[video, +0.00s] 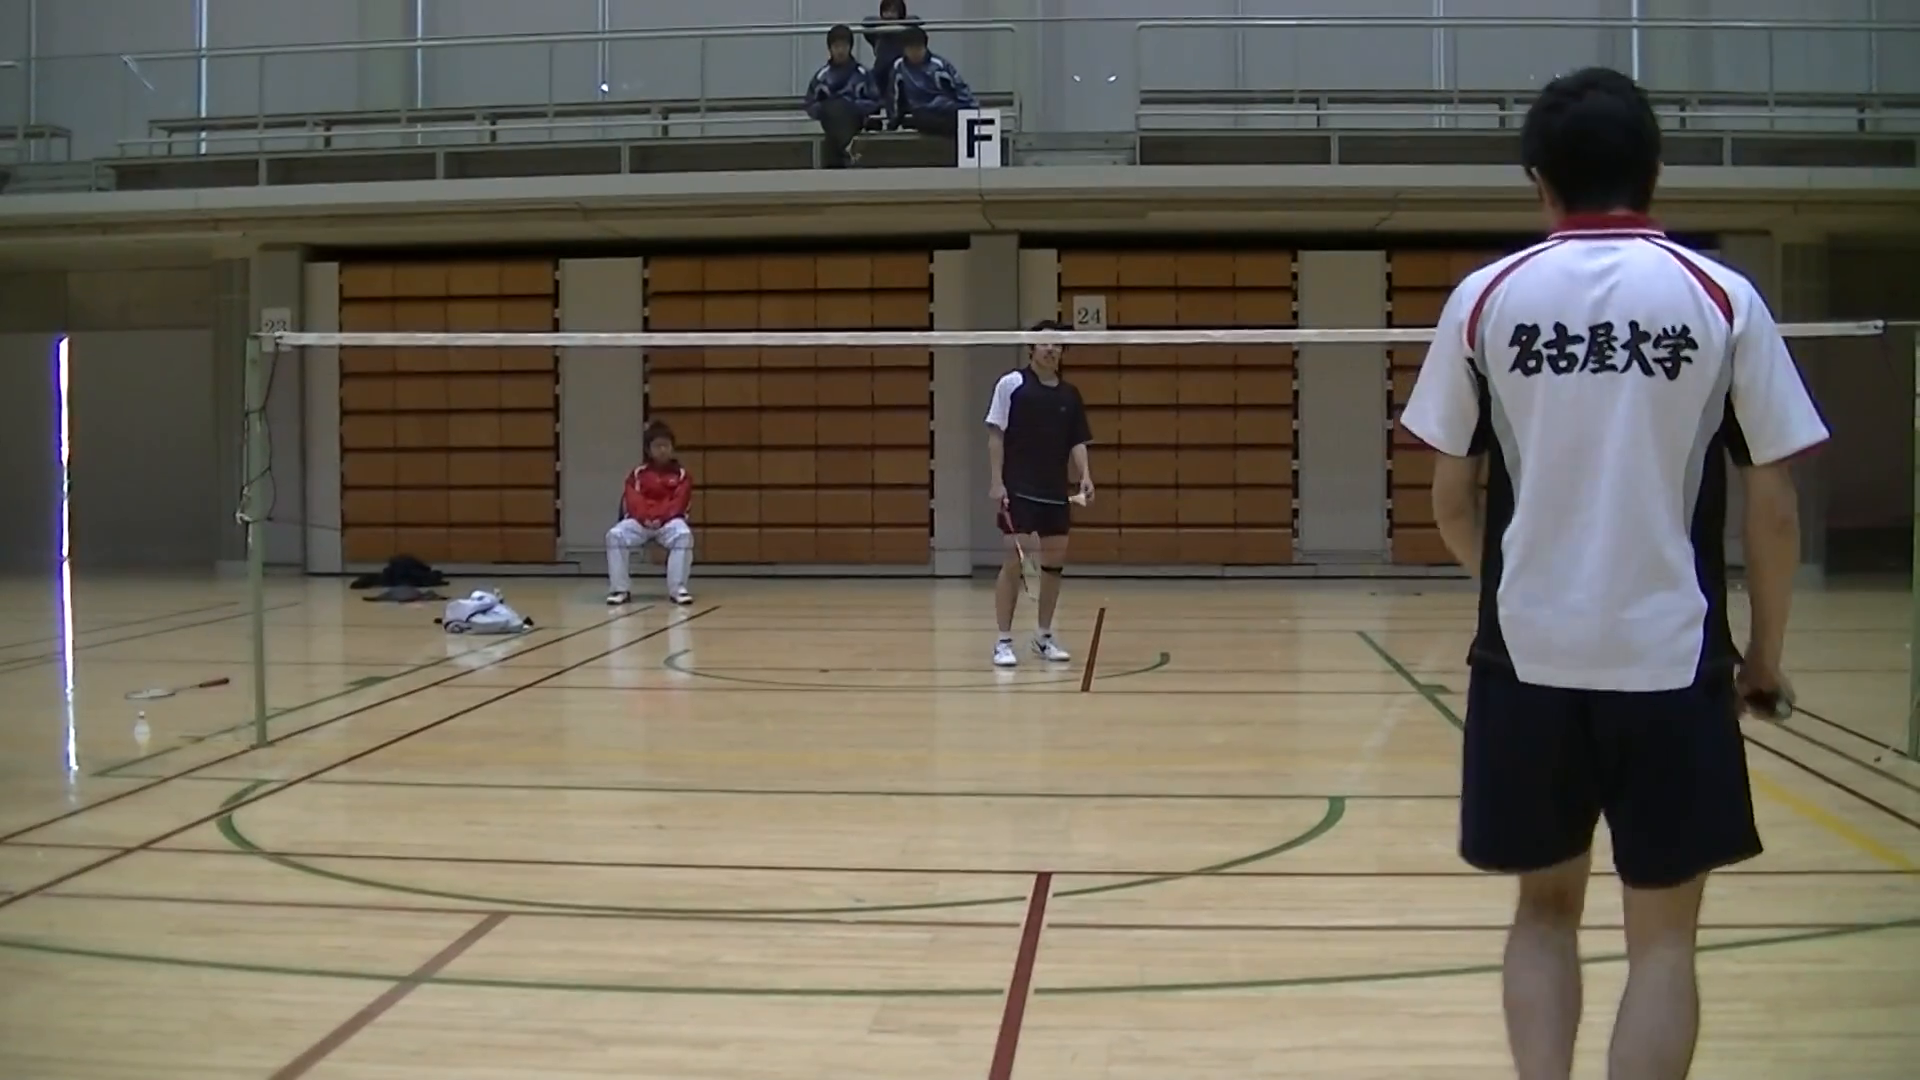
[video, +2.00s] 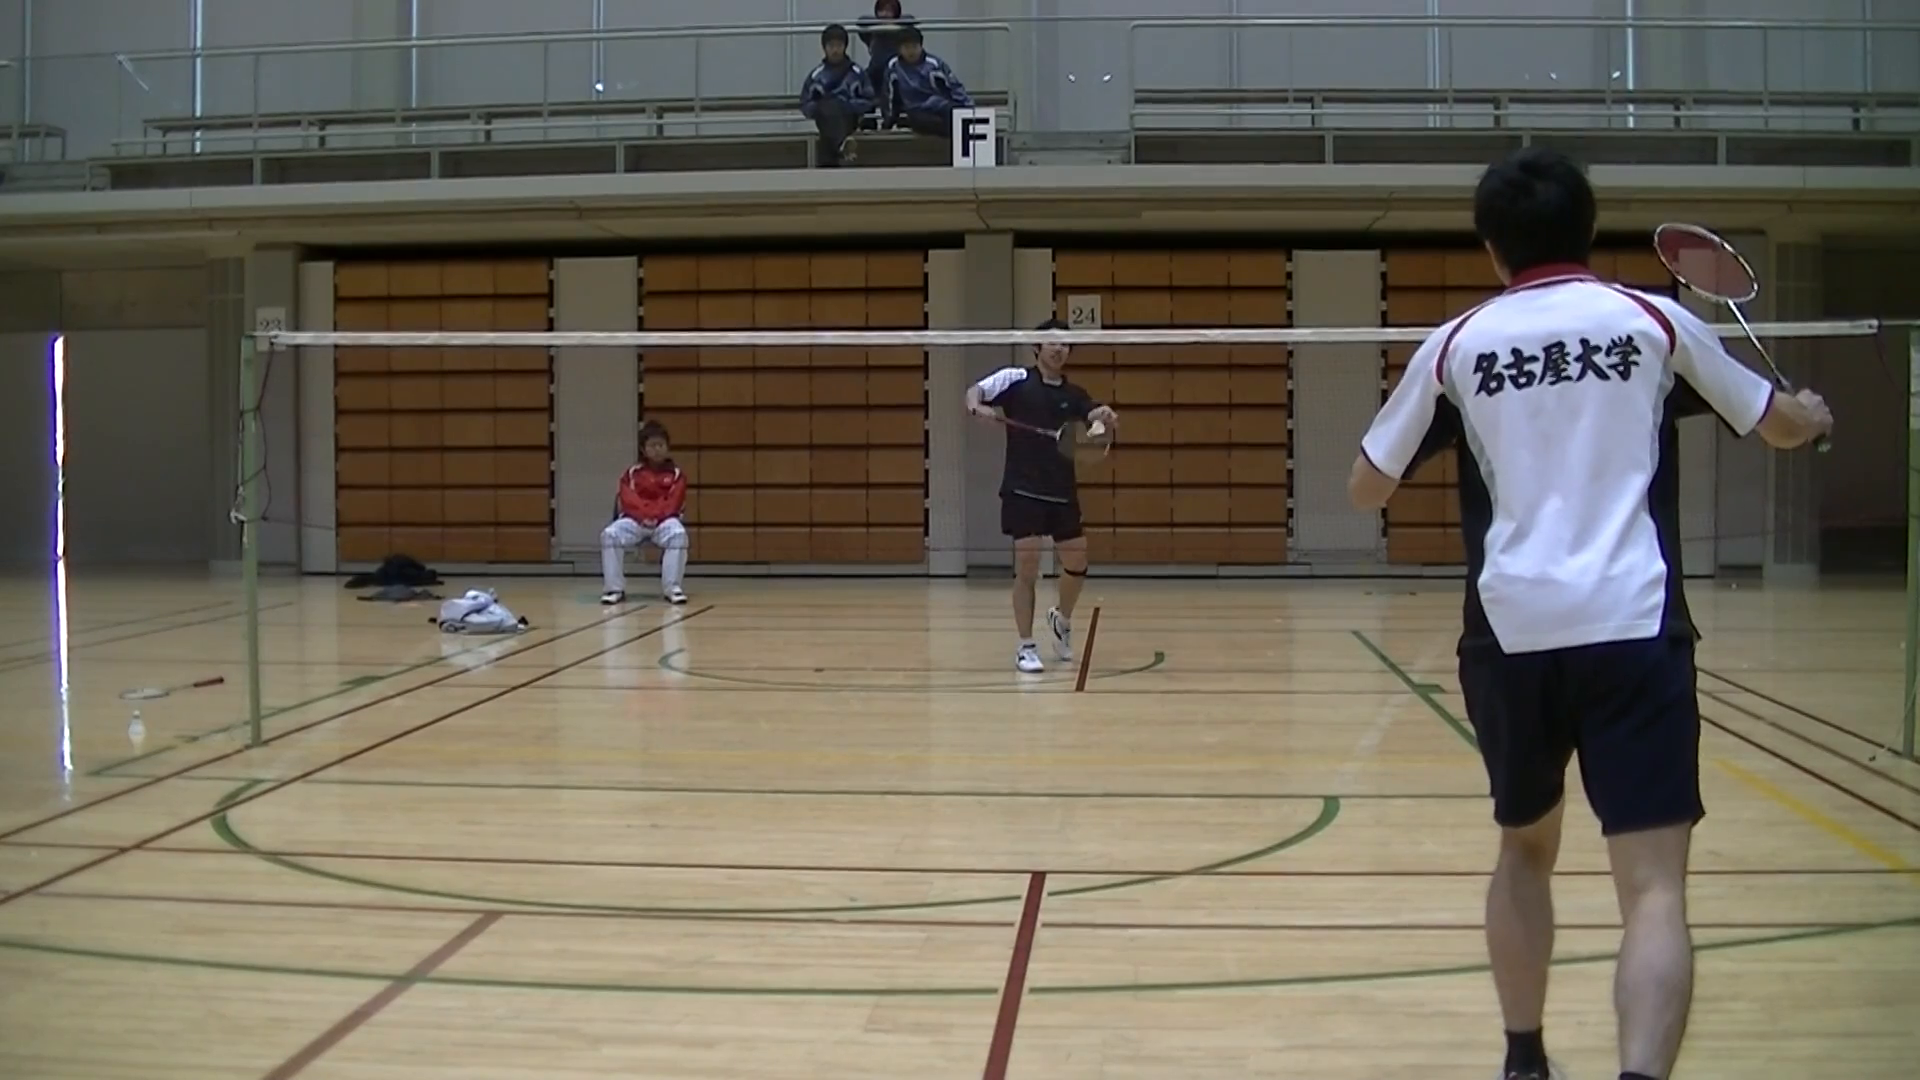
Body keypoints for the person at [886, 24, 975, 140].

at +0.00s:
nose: (915, 54)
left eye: (918, 49)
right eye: (911, 50)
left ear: (925, 48)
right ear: (904, 50)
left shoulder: (940, 65)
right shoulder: (899, 68)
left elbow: (959, 87)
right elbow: (895, 97)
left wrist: (971, 108)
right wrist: (893, 122)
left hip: (950, 111)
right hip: (921, 114)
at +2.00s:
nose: (911, 52)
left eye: (914, 47)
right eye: (906, 47)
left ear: (921, 47)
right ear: (899, 49)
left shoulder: (935, 64)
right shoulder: (894, 67)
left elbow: (954, 87)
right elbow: (890, 96)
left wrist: (968, 107)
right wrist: (889, 121)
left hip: (942, 107)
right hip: (916, 112)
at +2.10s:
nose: (911, 52)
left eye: (914, 47)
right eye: (906, 48)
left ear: (921, 47)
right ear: (899, 50)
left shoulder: (935, 64)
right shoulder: (893, 68)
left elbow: (955, 87)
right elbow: (889, 96)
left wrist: (968, 107)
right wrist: (889, 120)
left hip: (943, 107)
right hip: (915, 112)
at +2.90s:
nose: (909, 51)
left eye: (913, 46)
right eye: (904, 47)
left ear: (920, 46)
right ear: (898, 49)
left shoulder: (934, 63)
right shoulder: (893, 67)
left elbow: (953, 86)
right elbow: (889, 95)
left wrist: (967, 106)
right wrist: (889, 118)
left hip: (943, 108)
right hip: (914, 112)